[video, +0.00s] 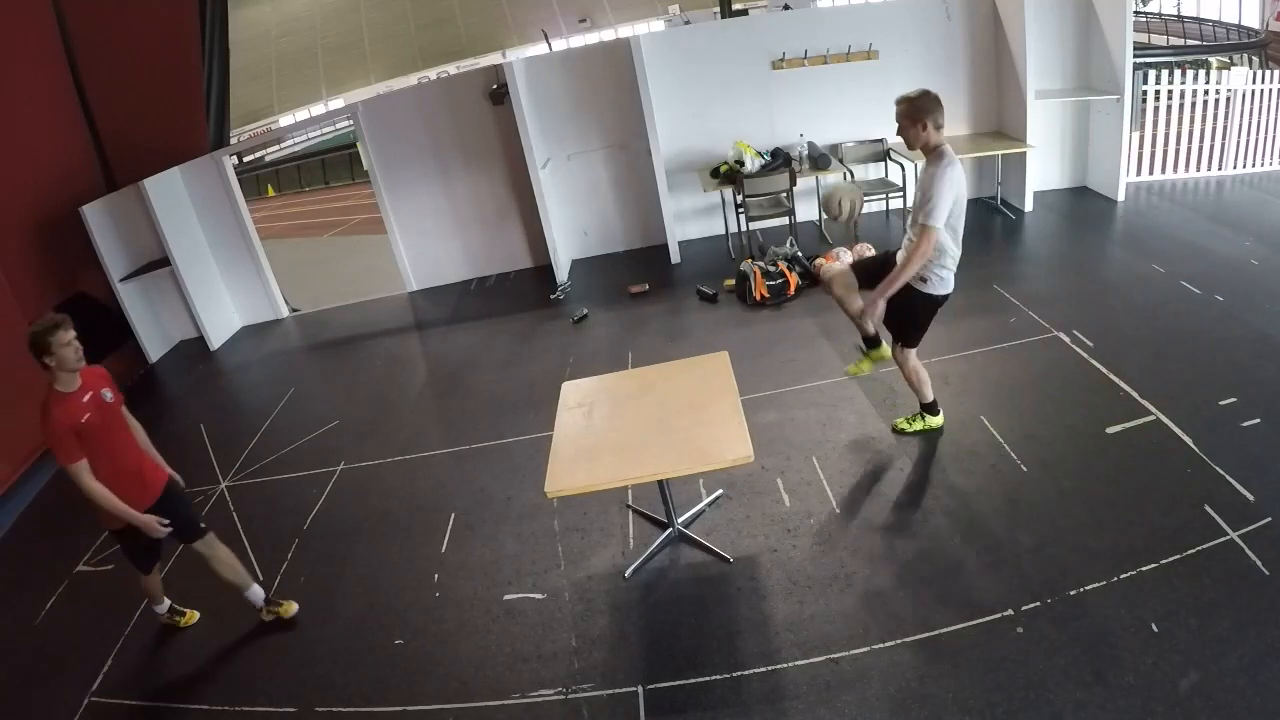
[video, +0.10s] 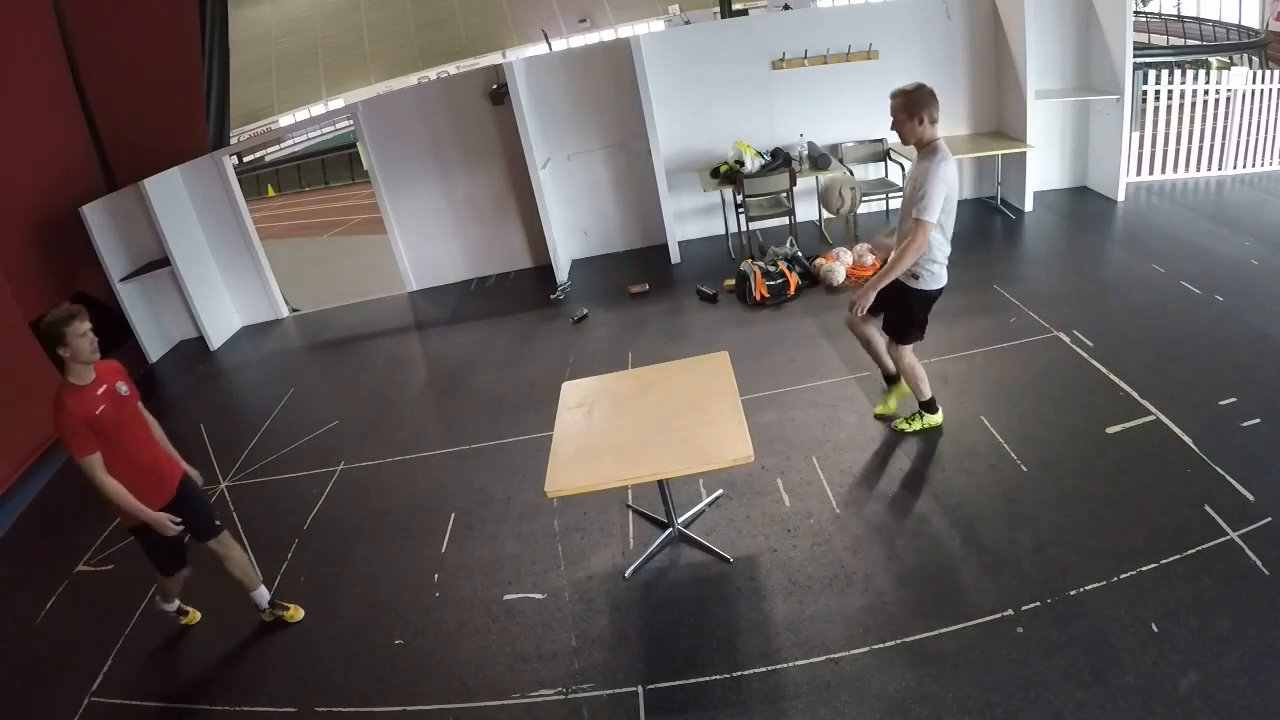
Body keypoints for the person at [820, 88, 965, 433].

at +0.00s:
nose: (898, 132)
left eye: (903, 125)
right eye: (898, 125)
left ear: (924, 126)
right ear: (926, 126)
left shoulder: (943, 175)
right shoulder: (934, 163)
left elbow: (924, 248)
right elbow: (924, 230)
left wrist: (879, 296)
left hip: (928, 278)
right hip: (908, 259)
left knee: (902, 353)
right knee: (839, 283)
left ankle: (931, 413)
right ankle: (875, 347)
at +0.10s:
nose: (894, 128)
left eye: (897, 121)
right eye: (893, 121)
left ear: (919, 120)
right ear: (920, 120)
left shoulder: (936, 168)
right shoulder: (927, 159)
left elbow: (918, 241)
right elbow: (912, 229)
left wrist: (872, 287)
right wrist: (883, 251)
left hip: (922, 277)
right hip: (906, 268)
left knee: (898, 349)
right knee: (858, 320)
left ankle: (931, 411)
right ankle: (894, 381)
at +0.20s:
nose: (883, 132)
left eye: (887, 125)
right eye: (882, 125)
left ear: (911, 124)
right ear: (911, 125)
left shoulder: (931, 173)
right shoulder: (917, 162)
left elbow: (924, 247)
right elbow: (897, 210)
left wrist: (882, 299)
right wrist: (865, 229)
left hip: (917, 283)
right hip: (904, 275)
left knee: (861, 342)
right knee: (887, 338)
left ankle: (912, 394)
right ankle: (908, 398)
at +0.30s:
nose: (869, 137)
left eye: (874, 130)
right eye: (868, 130)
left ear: (897, 126)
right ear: (895, 127)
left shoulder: (924, 169)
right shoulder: (895, 160)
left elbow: (932, 245)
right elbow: (883, 202)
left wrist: (911, 308)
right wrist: (850, 231)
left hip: (915, 270)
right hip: (901, 261)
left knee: (832, 296)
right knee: (889, 327)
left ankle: (886, 350)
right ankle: (912, 397)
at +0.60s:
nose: (858, 125)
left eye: (864, 118)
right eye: (857, 118)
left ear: (889, 117)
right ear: (884, 117)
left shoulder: (915, 168)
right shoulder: (876, 158)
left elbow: (939, 238)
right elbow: (864, 213)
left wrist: (942, 302)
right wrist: (832, 251)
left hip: (908, 275)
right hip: (887, 267)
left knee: (844, 339)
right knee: (896, 337)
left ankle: (887, 406)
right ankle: (914, 398)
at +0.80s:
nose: (856, 131)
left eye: (862, 124)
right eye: (856, 123)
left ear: (888, 125)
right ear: (881, 126)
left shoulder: (914, 180)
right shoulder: (875, 164)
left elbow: (932, 255)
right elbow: (869, 221)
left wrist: (916, 318)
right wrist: (841, 263)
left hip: (899, 291)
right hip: (869, 279)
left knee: (881, 369)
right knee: (838, 339)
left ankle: (905, 438)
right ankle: (888, 383)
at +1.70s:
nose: (860, 137)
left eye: (865, 129)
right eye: (857, 129)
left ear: (892, 127)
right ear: (877, 129)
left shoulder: (925, 175)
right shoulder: (871, 172)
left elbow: (951, 246)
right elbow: (866, 224)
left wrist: (929, 306)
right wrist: (835, 260)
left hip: (922, 289)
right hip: (888, 282)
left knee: (902, 377)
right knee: (877, 355)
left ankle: (939, 454)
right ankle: (882, 412)